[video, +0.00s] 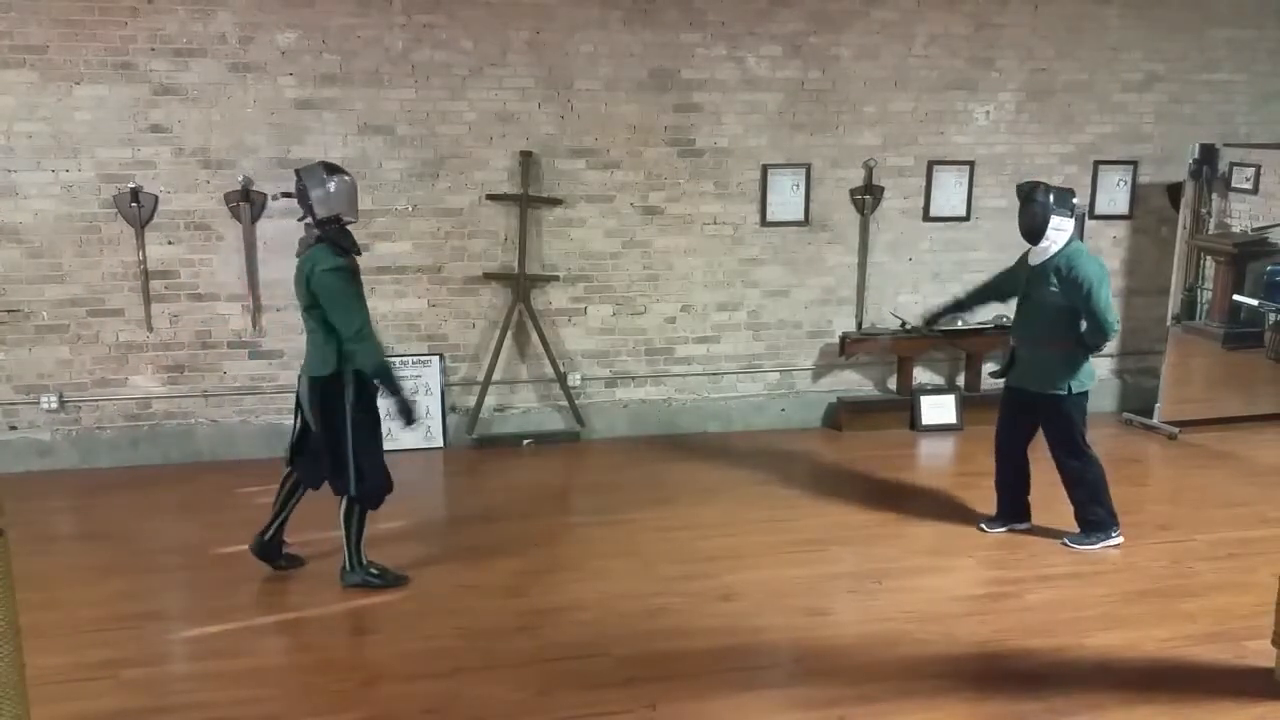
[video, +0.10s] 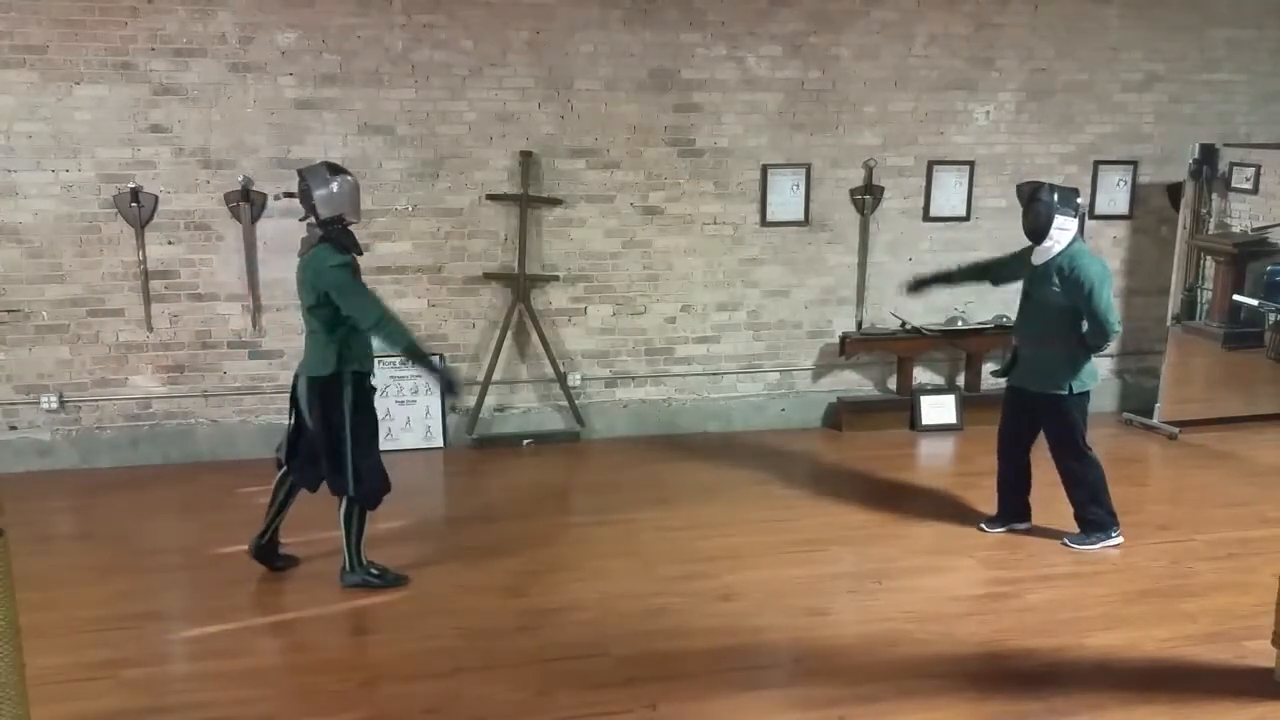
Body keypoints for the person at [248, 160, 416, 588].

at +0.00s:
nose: (351, 206)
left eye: (347, 198)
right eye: (346, 199)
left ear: (310, 205)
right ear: (336, 203)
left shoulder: (314, 254)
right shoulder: (329, 262)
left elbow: (339, 328)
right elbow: (357, 333)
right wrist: (394, 388)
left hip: (318, 376)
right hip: (342, 378)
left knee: (308, 461)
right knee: (363, 473)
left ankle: (269, 539)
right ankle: (356, 565)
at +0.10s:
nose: (355, 206)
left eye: (352, 198)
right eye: (349, 200)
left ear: (314, 207)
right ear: (338, 205)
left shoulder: (315, 253)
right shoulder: (331, 262)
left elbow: (328, 322)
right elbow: (376, 318)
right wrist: (429, 364)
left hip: (315, 376)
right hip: (340, 379)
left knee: (302, 461)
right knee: (359, 472)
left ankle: (266, 541)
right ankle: (355, 566)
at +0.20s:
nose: (356, 208)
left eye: (352, 201)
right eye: (351, 201)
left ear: (313, 208)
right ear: (341, 206)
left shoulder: (312, 255)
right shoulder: (334, 261)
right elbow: (389, 297)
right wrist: (455, 324)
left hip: (312, 377)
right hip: (339, 380)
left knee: (298, 464)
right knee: (360, 474)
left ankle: (257, 541)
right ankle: (355, 566)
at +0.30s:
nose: (356, 205)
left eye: (351, 198)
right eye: (351, 199)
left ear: (312, 208)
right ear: (343, 205)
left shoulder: (312, 255)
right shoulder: (337, 257)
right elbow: (392, 275)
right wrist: (462, 280)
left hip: (311, 378)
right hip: (338, 380)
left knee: (292, 463)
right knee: (361, 475)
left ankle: (245, 540)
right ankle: (354, 566)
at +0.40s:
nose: (354, 205)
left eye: (350, 198)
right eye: (349, 199)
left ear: (311, 208)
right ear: (340, 204)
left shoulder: (310, 254)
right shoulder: (333, 251)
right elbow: (388, 253)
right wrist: (460, 240)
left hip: (310, 376)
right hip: (337, 378)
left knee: (283, 461)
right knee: (361, 474)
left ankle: (239, 540)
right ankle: (355, 566)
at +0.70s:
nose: (345, 208)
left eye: (343, 201)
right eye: (340, 201)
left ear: (304, 211)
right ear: (330, 205)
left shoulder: (300, 252)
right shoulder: (323, 245)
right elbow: (370, 218)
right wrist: (424, 182)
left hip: (304, 374)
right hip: (331, 372)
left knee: (273, 460)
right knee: (359, 471)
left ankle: (232, 542)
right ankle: (355, 564)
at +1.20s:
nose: (347, 211)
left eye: (346, 204)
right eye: (343, 204)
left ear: (304, 213)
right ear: (329, 208)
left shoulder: (298, 252)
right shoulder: (323, 245)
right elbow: (369, 216)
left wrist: (415, 184)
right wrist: (423, 179)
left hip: (301, 375)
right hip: (328, 373)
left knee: (270, 462)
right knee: (356, 473)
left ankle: (230, 544)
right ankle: (354, 567)